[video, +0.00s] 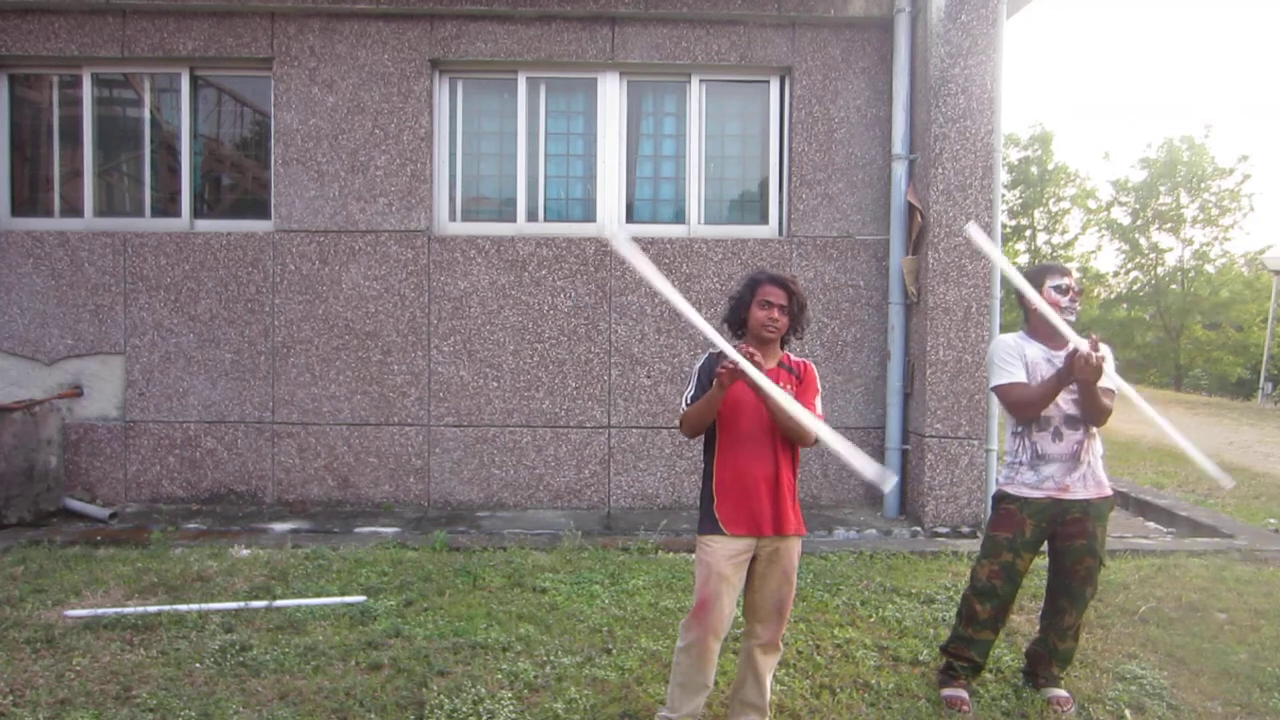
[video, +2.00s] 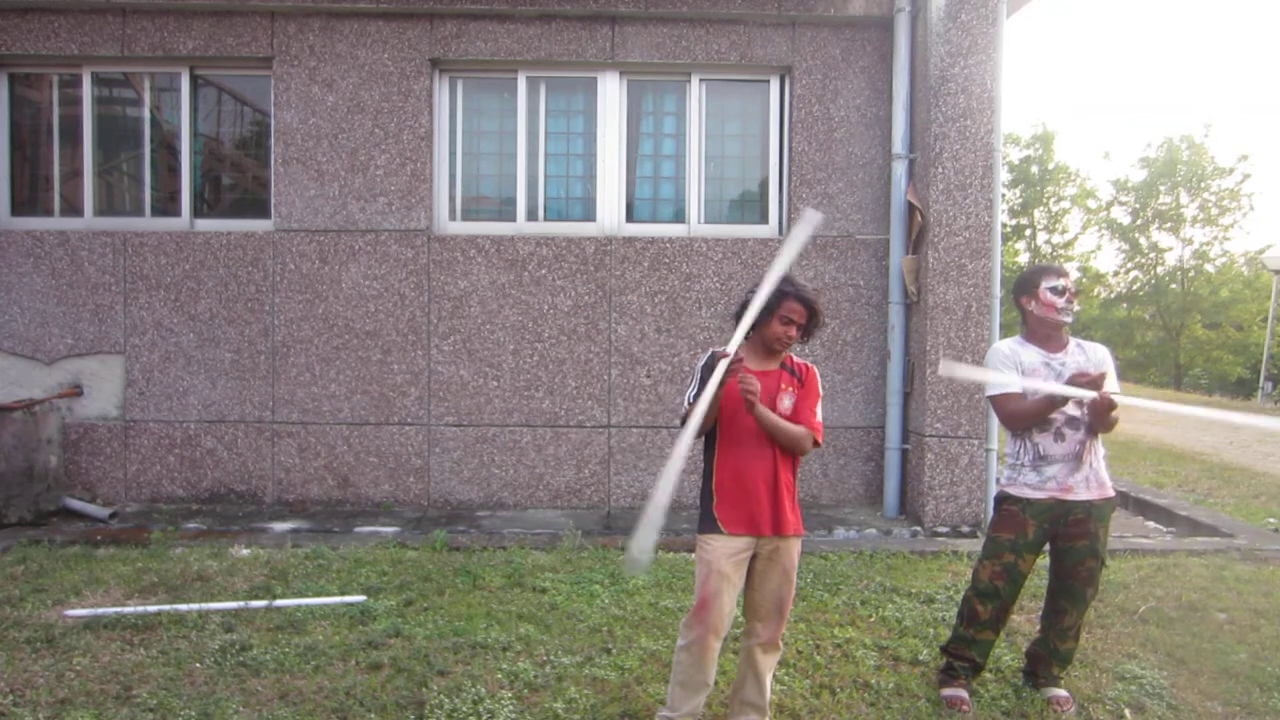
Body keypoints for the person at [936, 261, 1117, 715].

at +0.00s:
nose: (1070, 299)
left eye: (1075, 295)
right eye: (1060, 290)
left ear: (1078, 304)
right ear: (1030, 297)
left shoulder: (1095, 354)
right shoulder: (1007, 347)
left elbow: (1099, 417)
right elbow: (1021, 407)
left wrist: (1086, 378)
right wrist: (1069, 372)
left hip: (1085, 494)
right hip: (1025, 491)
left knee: (1074, 592)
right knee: (991, 583)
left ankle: (1045, 670)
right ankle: (957, 674)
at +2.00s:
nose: (1069, 298)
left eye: (1072, 292)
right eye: (1057, 290)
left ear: (1075, 303)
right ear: (1026, 301)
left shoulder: (1095, 354)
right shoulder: (1004, 354)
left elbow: (1106, 425)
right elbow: (1014, 419)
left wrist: (1099, 401)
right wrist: (1066, 392)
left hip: (1087, 496)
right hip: (1026, 494)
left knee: (1075, 593)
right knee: (992, 584)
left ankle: (1045, 670)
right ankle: (957, 673)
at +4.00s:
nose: (1068, 299)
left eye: (1072, 293)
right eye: (1056, 291)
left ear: (1075, 304)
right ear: (1026, 302)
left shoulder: (1094, 355)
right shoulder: (1004, 356)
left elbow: (1108, 425)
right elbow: (1014, 422)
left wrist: (1104, 396)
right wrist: (1066, 398)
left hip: (1088, 496)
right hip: (1028, 494)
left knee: (1076, 593)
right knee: (994, 585)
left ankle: (1045, 670)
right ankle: (957, 674)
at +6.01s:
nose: (1068, 299)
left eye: (1071, 294)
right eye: (1056, 290)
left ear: (1074, 307)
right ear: (1026, 302)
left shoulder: (1091, 355)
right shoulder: (1007, 358)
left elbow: (1112, 421)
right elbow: (1024, 422)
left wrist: (1114, 372)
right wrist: (1076, 380)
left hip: (1096, 500)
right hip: (1035, 498)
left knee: (1079, 598)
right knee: (998, 588)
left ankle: (1046, 673)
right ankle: (958, 675)